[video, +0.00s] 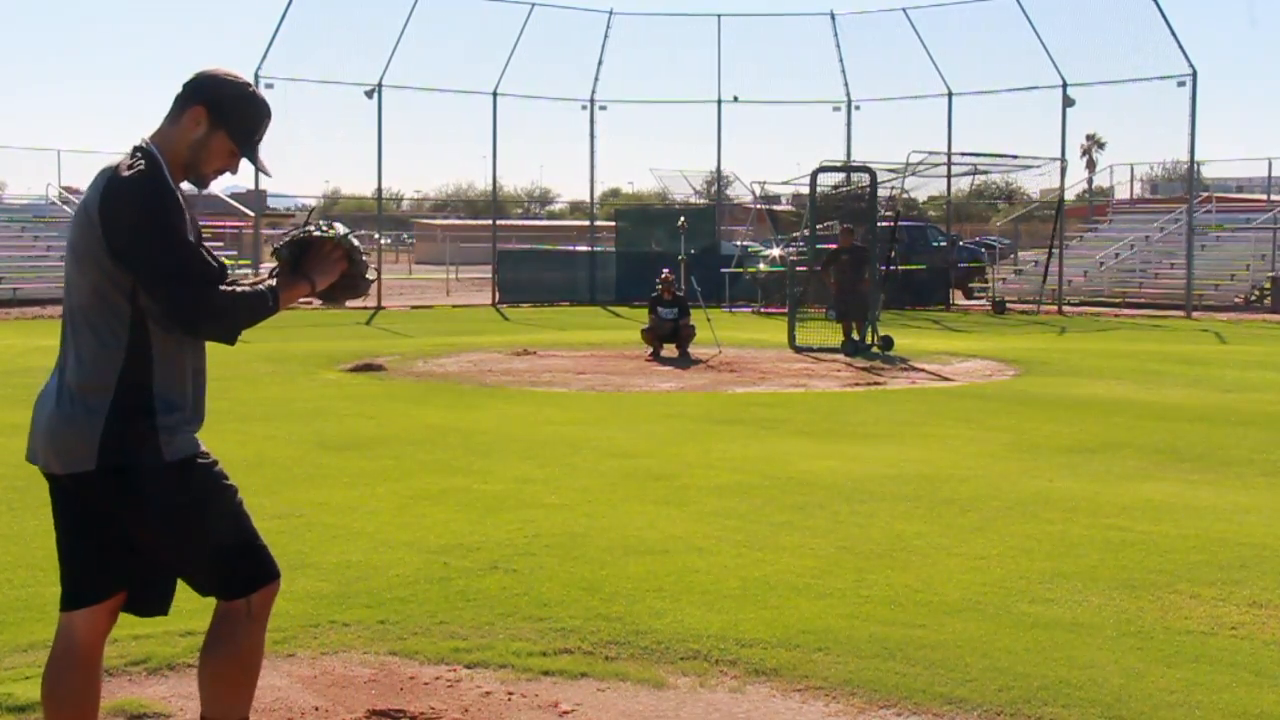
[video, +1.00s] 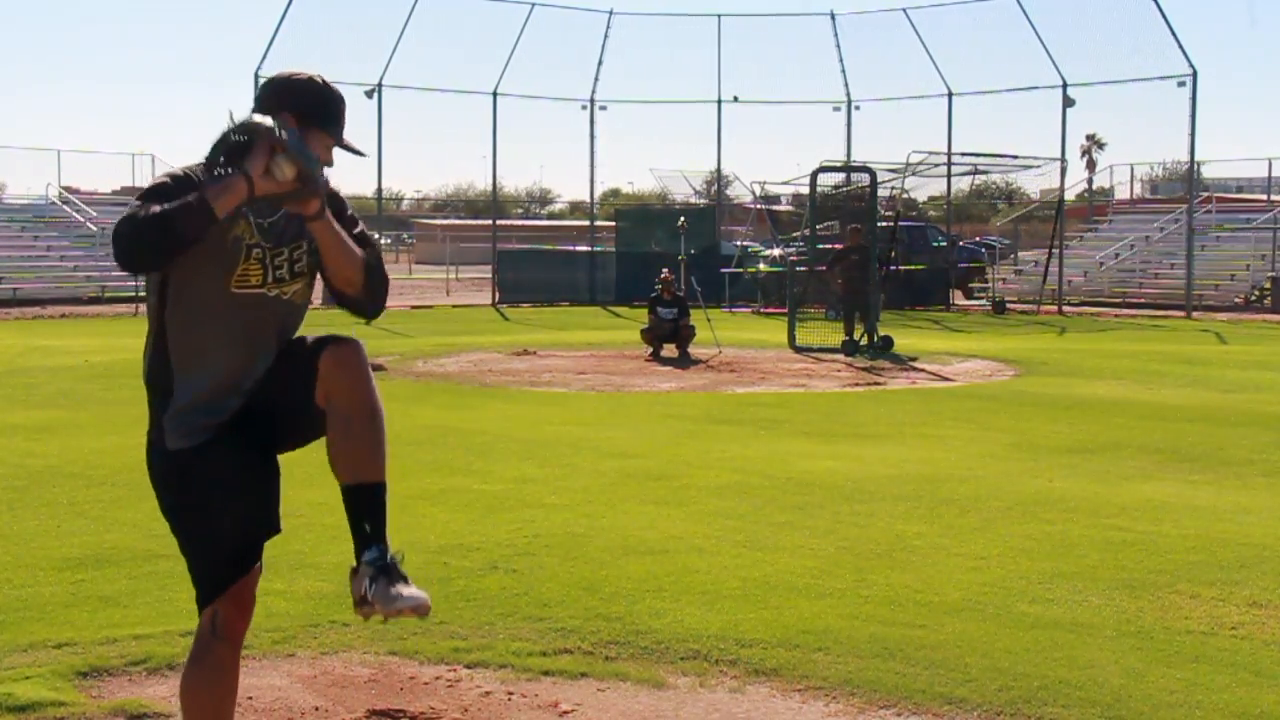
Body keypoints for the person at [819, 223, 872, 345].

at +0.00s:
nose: (844, 239)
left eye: (847, 236)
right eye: (842, 236)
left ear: (852, 237)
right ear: (839, 237)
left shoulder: (862, 251)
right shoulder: (836, 253)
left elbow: (870, 267)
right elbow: (824, 269)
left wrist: (868, 281)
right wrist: (830, 283)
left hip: (858, 288)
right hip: (842, 288)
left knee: (860, 317)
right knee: (845, 318)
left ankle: (862, 340)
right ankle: (847, 341)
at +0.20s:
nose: (844, 239)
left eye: (847, 236)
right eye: (842, 236)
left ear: (853, 237)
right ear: (839, 237)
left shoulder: (862, 251)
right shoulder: (835, 253)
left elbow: (870, 267)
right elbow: (824, 269)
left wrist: (868, 281)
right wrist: (830, 284)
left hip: (858, 288)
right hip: (842, 289)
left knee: (860, 318)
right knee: (845, 318)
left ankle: (862, 341)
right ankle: (847, 342)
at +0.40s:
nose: (846, 239)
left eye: (848, 236)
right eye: (843, 236)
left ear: (853, 237)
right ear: (840, 237)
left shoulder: (862, 251)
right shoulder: (835, 252)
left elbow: (871, 267)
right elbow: (823, 269)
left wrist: (868, 280)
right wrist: (830, 284)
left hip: (859, 287)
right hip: (842, 289)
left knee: (860, 317)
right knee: (845, 318)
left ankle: (862, 340)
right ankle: (847, 342)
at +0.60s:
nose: (847, 239)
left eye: (849, 236)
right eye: (844, 236)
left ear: (854, 237)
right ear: (841, 237)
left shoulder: (862, 251)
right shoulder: (835, 253)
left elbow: (871, 267)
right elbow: (823, 269)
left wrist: (868, 281)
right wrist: (831, 284)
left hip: (859, 288)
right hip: (842, 289)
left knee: (861, 317)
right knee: (845, 318)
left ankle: (863, 339)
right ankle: (848, 341)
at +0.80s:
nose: (849, 239)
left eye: (851, 236)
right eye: (846, 236)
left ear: (856, 237)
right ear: (842, 237)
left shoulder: (864, 251)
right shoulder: (837, 252)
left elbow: (872, 267)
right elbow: (825, 269)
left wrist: (870, 283)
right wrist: (833, 285)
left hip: (861, 288)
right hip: (844, 289)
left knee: (865, 318)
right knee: (847, 319)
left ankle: (870, 341)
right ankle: (848, 342)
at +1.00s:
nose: (855, 238)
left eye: (857, 235)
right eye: (853, 235)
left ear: (861, 236)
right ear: (848, 236)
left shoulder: (867, 251)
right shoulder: (843, 252)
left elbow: (880, 265)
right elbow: (830, 268)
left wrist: (874, 282)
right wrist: (835, 284)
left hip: (864, 288)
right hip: (848, 288)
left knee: (868, 317)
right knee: (848, 317)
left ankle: (871, 344)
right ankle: (849, 342)